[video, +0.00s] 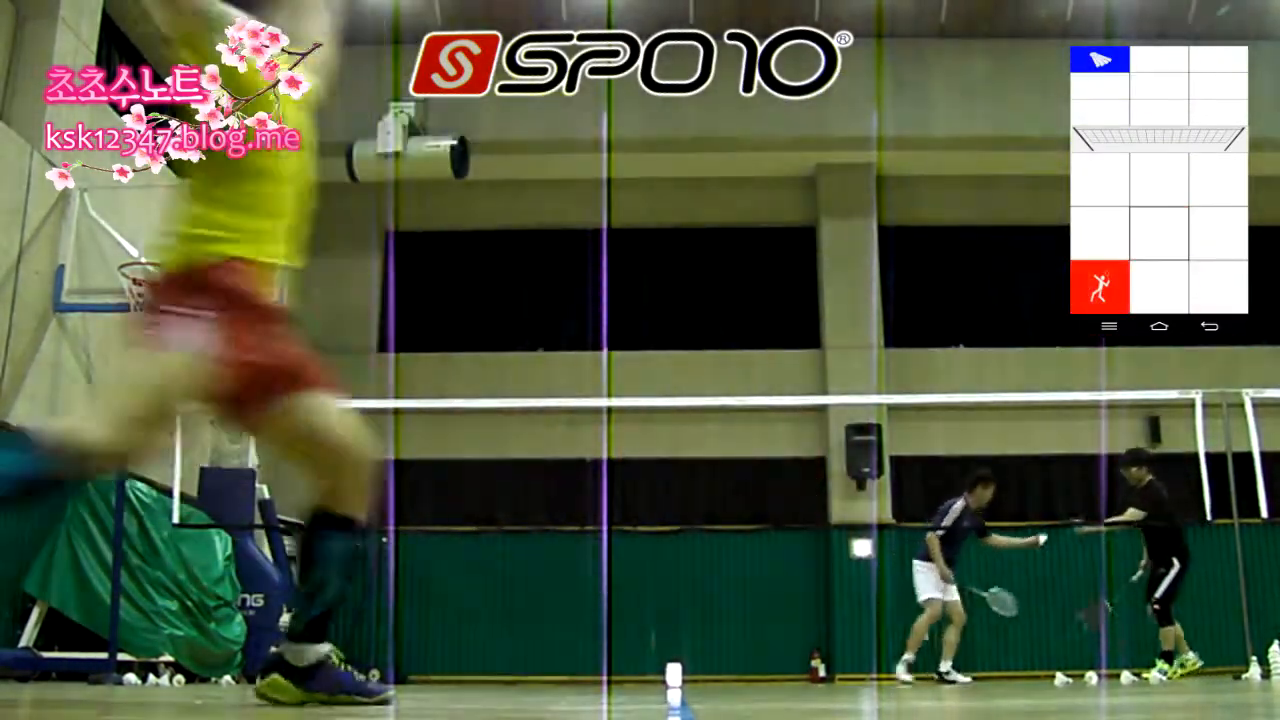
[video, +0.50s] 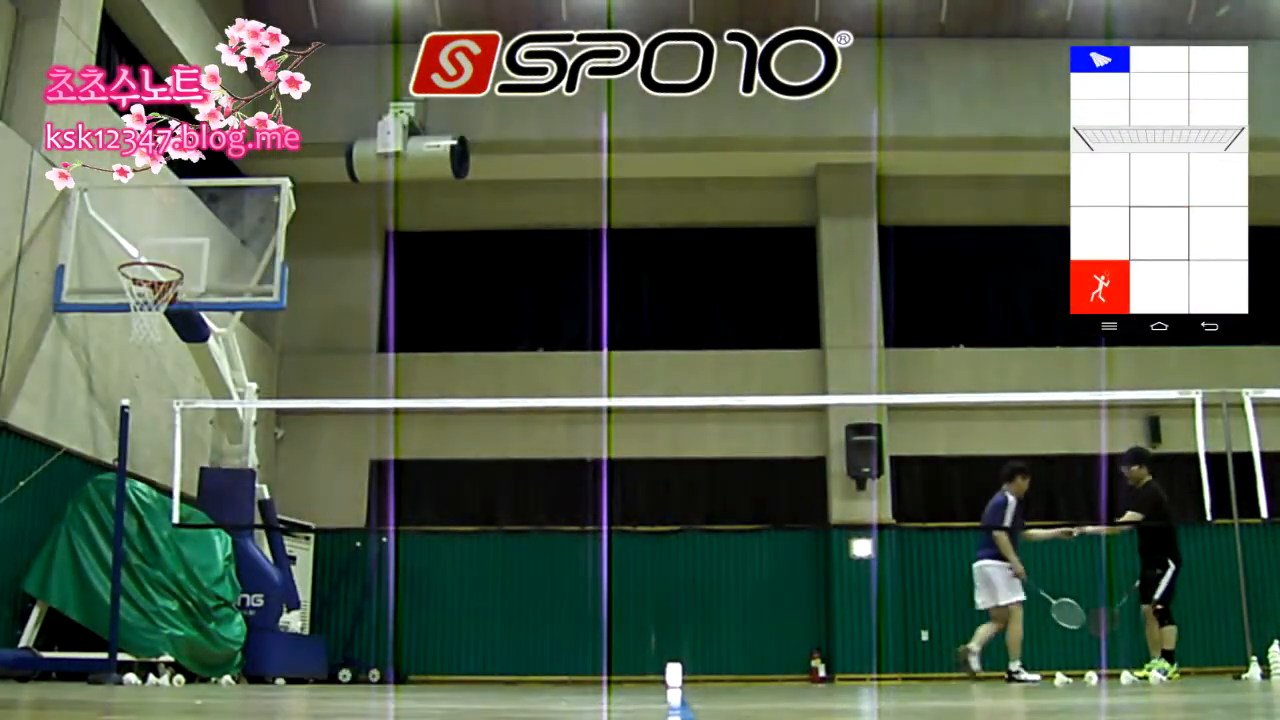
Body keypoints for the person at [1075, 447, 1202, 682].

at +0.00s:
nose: (1126, 475)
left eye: (1129, 470)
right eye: (1124, 471)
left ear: (1141, 468)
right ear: (1134, 471)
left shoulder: (1153, 490)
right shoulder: (1140, 490)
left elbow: (1131, 517)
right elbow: (1150, 531)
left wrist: (1097, 525)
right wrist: (1146, 558)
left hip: (1175, 556)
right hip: (1159, 557)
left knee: (1159, 604)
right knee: (1157, 605)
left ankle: (1166, 662)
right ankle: (1187, 655)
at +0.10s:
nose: (1123, 474)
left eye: (1126, 468)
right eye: (1122, 469)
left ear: (1139, 467)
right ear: (1133, 469)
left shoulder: (1148, 489)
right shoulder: (1144, 487)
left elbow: (1125, 516)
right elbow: (1155, 526)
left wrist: (1092, 525)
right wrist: (1149, 554)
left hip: (1170, 556)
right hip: (1158, 556)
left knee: (1157, 604)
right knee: (1155, 605)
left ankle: (1167, 660)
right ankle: (1166, 660)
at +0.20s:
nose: (1122, 473)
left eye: (1125, 468)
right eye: (1121, 468)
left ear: (1137, 467)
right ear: (1133, 468)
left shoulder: (1148, 489)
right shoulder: (1143, 488)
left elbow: (1126, 516)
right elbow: (1153, 526)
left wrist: (1093, 525)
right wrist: (1148, 554)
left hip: (1167, 556)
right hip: (1156, 556)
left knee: (1157, 604)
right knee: (1153, 605)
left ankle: (1167, 660)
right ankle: (1157, 658)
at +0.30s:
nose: (1122, 473)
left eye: (1125, 468)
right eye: (1122, 469)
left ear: (1137, 467)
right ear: (1134, 468)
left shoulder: (1149, 489)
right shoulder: (1143, 489)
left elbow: (1126, 517)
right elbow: (1150, 529)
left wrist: (1093, 526)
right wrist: (1147, 559)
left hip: (1166, 558)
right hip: (1154, 558)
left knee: (1156, 605)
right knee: (1149, 606)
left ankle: (1167, 661)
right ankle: (1156, 659)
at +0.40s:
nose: (1124, 474)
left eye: (1126, 469)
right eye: (1122, 470)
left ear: (1139, 467)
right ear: (1131, 470)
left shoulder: (1150, 491)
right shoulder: (1140, 490)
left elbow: (1126, 519)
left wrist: (1094, 527)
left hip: (1166, 558)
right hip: (1150, 558)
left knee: (1156, 606)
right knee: (1148, 608)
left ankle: (1167, 661)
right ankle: (1156, 659)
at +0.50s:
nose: (1125, 473)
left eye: (1129, 468)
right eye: (1124, 469)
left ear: (1142, 468)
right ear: (1135, 470)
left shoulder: (1150, 491)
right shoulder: (1140, 491)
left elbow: (1126, 524)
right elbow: (1125, 523)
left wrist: (1093, 529)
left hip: (1166, 558)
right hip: (1150, 558)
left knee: (1159, 607)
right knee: (1147, 608)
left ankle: (1168, 661)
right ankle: (1155, 660)